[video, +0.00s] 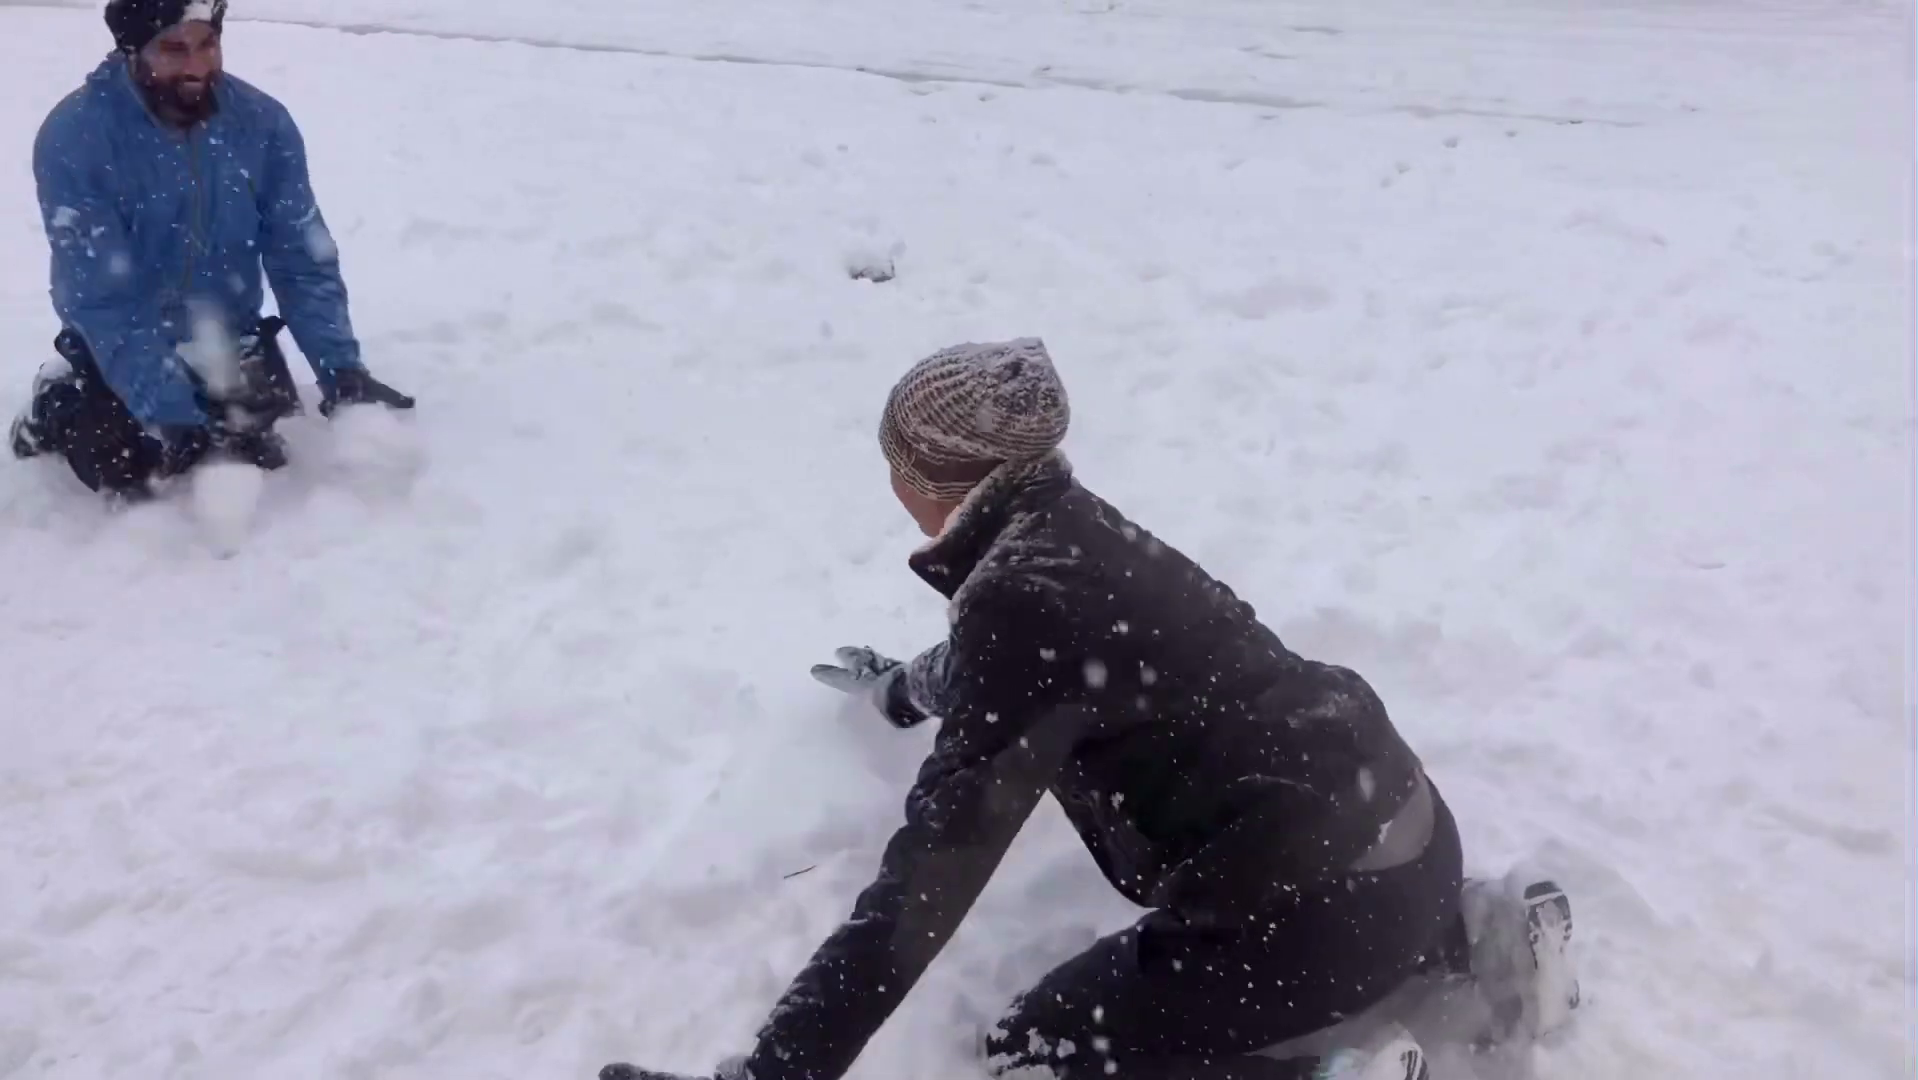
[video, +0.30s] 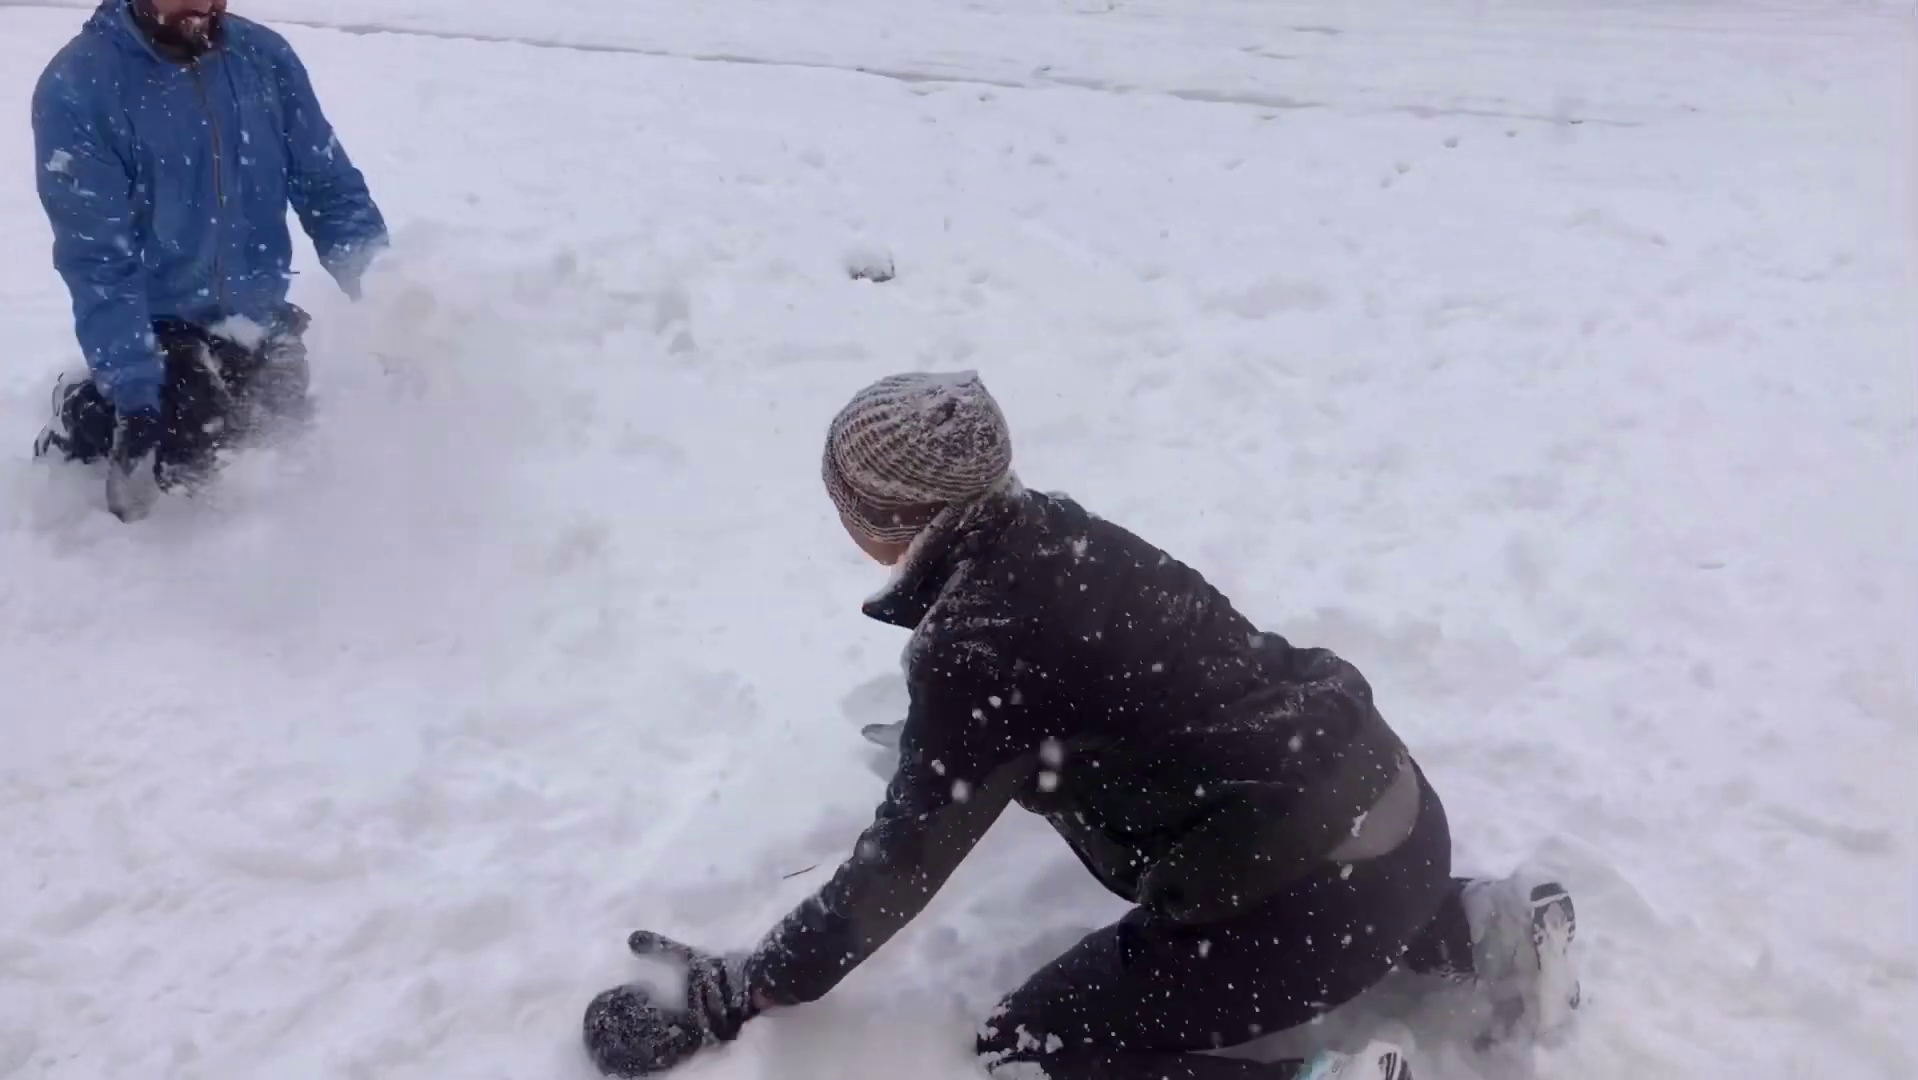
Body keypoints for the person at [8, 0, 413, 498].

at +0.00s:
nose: (197, 67)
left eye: (207, 45)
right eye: (175, 50)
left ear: (221, 40)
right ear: (134, 51)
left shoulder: (262, 124)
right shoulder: (76, 136)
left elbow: (304, 262)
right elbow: (99, 300)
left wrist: (343, 372)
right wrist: (180, 424)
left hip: (231, 331)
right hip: (128, 336)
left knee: (263, 420)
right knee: (139, 473)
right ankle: (60, 407)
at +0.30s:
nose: (205, 5)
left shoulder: (264, 57)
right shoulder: (79, 87)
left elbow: (330, 191)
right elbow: (97, 262)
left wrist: (391, 301)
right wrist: (134, 404)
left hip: (260, 315)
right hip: (160, 326)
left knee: (286, 442)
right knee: (201, 458)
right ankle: (92, 418)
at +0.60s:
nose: (218, 25)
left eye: (227, 4)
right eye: (194, 8)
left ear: (241, 4)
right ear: (149, 11)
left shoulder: (264, 74)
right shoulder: (101, 121)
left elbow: (321, 214)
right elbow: (103, 301)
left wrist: (368, 334)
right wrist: (123, 443)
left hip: (274, 344)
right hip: (185, 364)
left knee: (310, 481)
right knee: (273, 512)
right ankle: (141, 477)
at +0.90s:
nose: (245, 115)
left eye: (257, 89)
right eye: (220, 96)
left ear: (269, 76)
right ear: (175, 92)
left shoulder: (288, 131)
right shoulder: (111, 183)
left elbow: (327, 268)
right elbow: (147, 380)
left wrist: (371, 375)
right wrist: (236, 513)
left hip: (271, 366)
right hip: (185, 394)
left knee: (312, 466)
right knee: (289, 541)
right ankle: (140, 485)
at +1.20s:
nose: (256, 148)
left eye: (269, 124)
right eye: (231, 129)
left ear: (285, 111)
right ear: (185, 123)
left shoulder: (311, 174)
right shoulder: (98, 194)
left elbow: (352, 320)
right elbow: (94, 367)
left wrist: (387, 453)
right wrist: (167, 495)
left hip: (281, 365)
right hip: (186, 397)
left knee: (341, 409)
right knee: (281, 528)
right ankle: (146, 490)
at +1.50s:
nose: (270, 151)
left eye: (282, 126)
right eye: (243, 136)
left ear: (293, 108)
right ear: (191, 128)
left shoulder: (317, 136)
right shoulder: (123, 213)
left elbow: (394, 270)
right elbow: (164, 387)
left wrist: (466, 406)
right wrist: (221, 522)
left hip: (312, 341)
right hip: (211, 387)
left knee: (437, 431)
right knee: (278, 529)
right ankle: (140, 471)